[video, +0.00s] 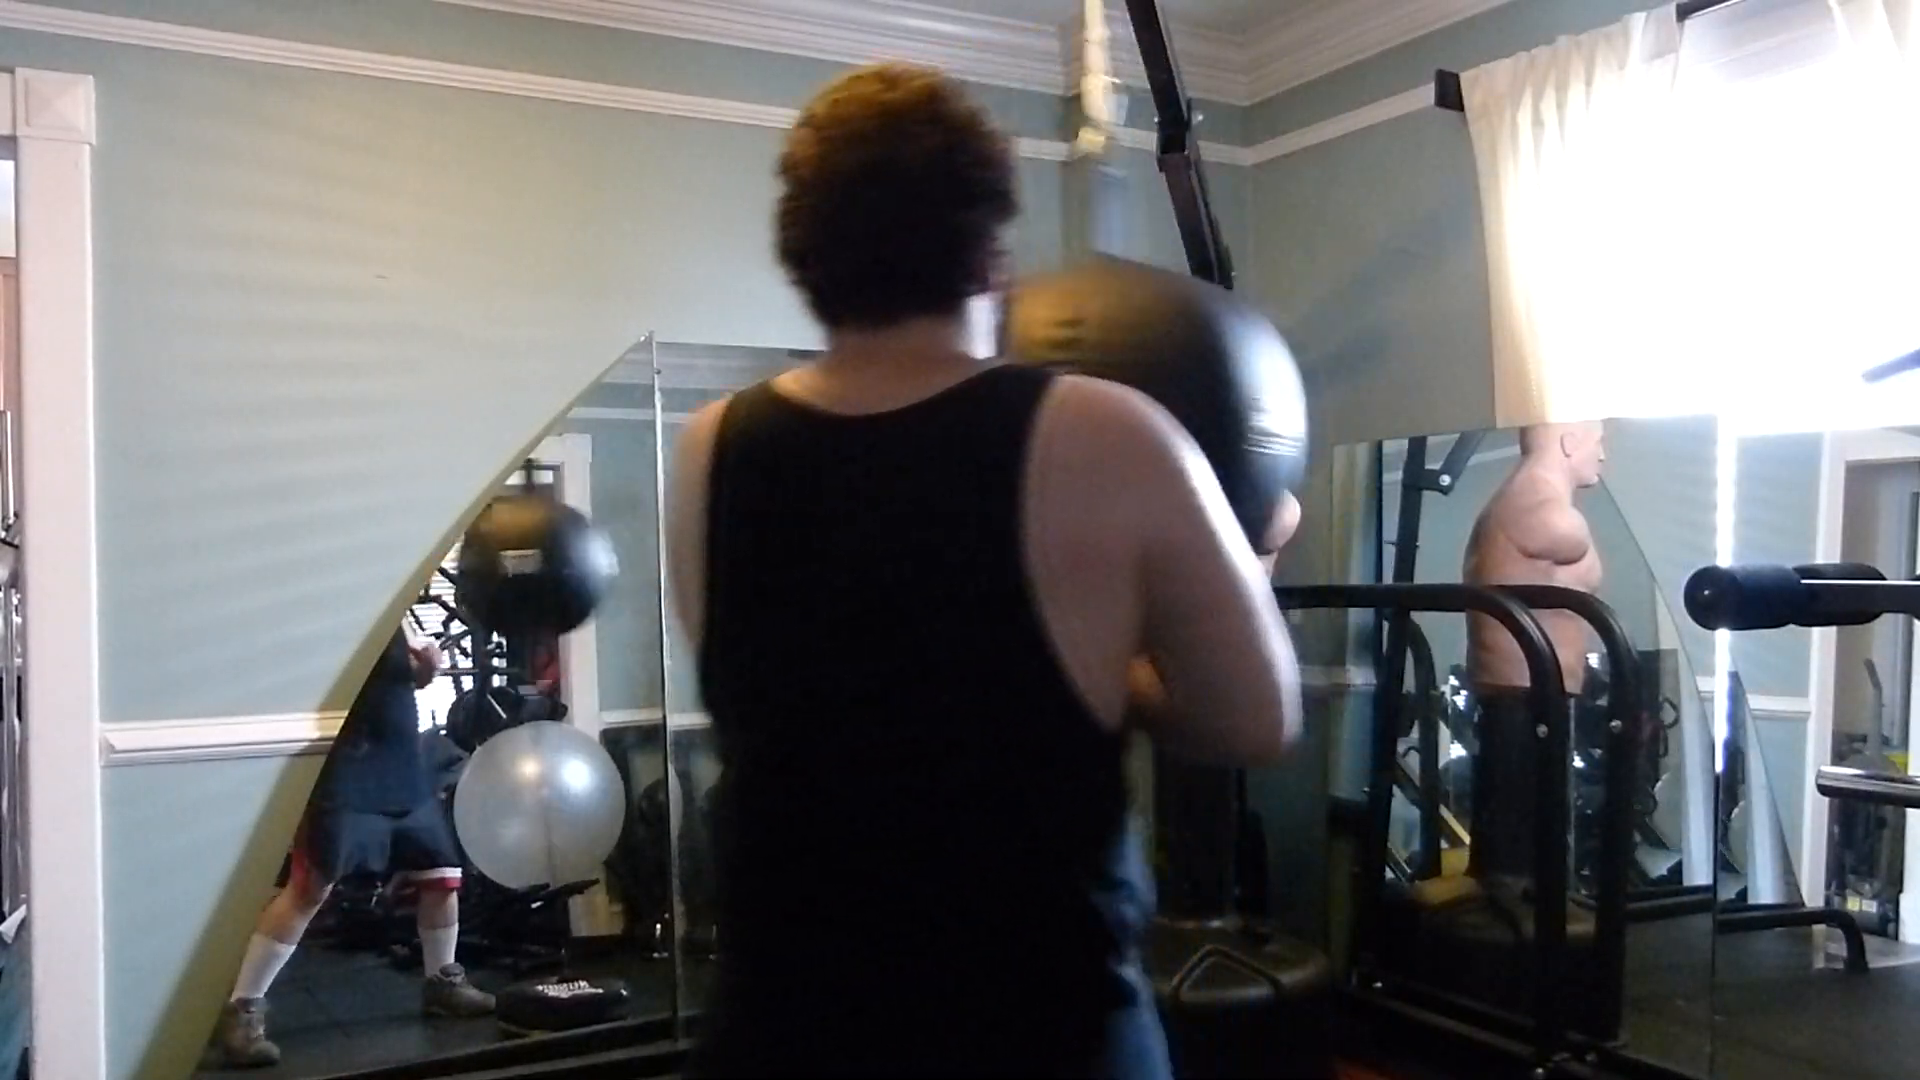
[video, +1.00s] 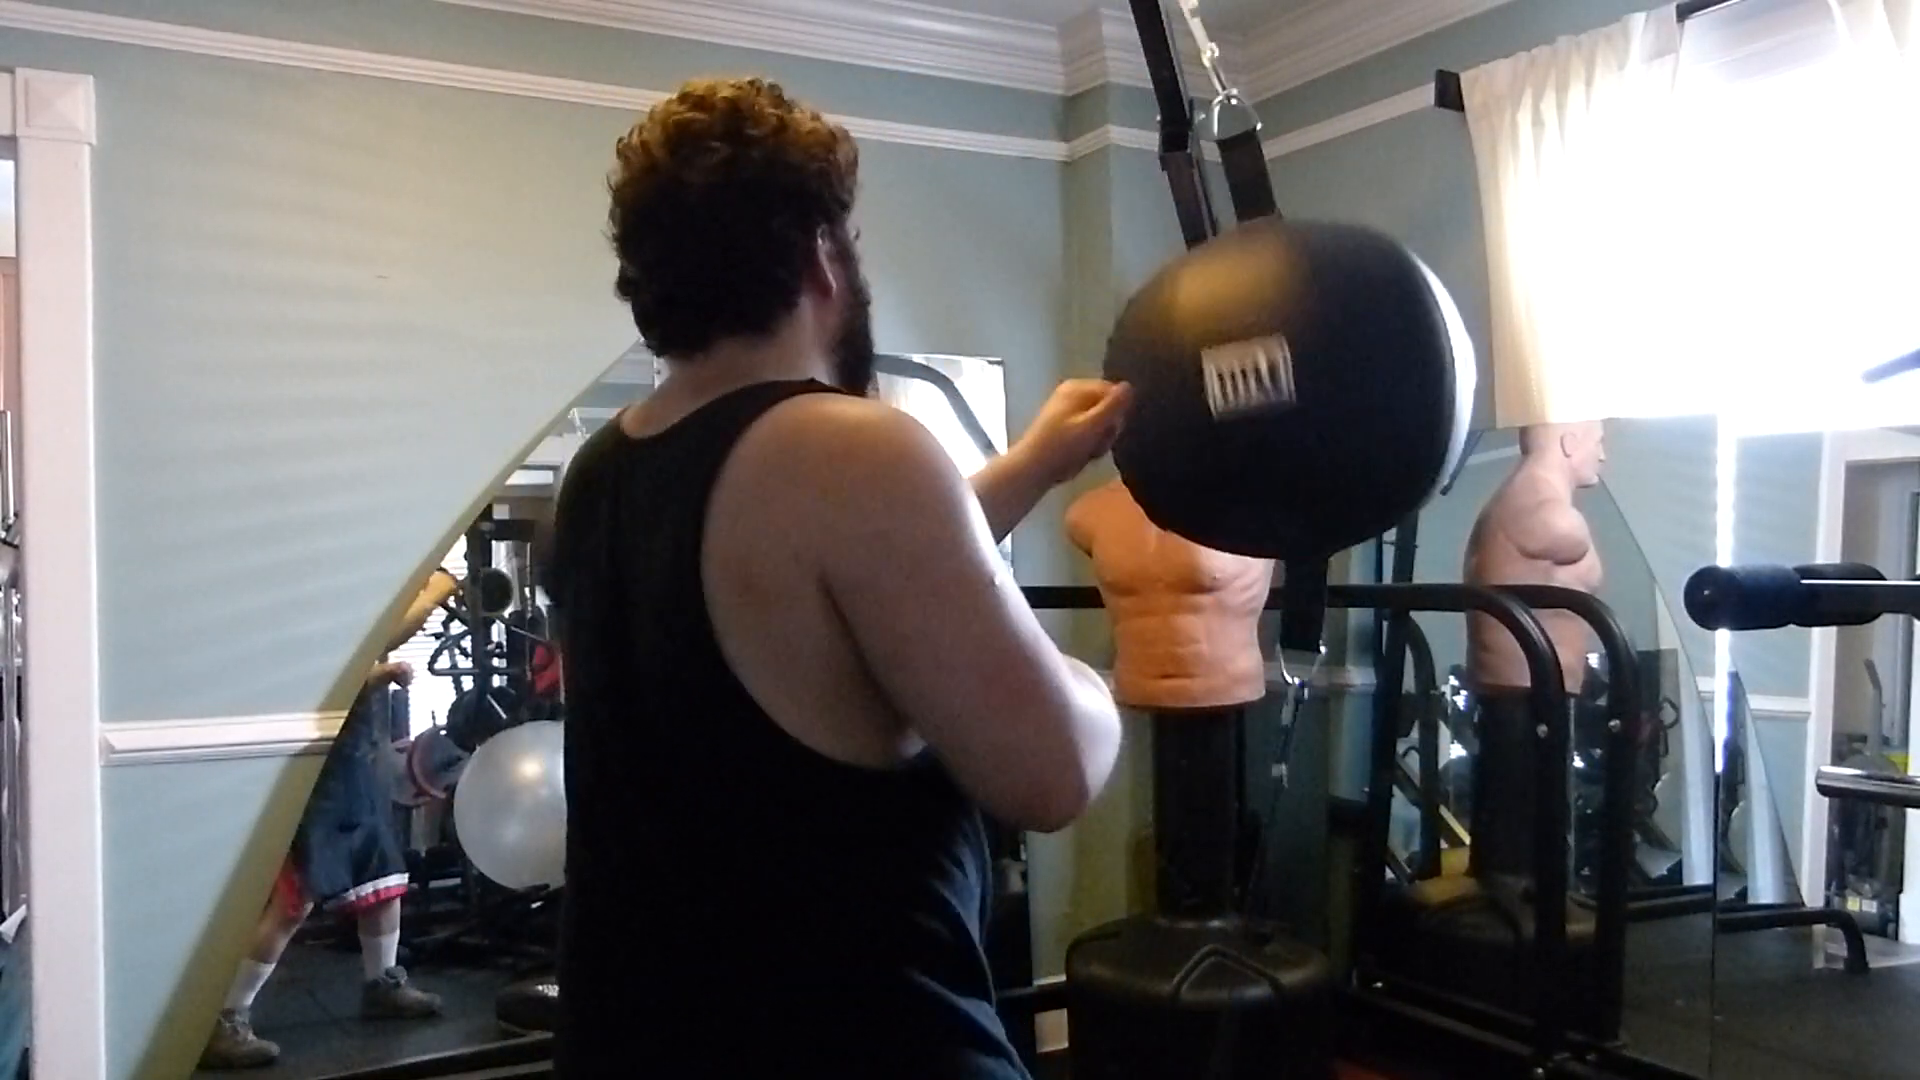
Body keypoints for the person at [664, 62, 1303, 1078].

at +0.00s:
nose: (1010, 253)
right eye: (1003, 226)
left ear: (797, 249)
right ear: (989, 248)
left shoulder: (711, 451)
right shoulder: (1113, 441)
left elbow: (719, 664)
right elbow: (1257, 722)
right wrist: (1095, 658)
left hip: (787, 998)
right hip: (1044, 1005)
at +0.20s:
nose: (797, 290)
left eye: (792, 265)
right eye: (789, 266)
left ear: (585, 304)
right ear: (758, 280)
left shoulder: (505, 517)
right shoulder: (890, 448)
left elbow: (556, 761)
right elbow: (1054, 733)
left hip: (624, 1025)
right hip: (882, 1021)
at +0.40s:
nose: (725, 290)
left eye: (727, 265)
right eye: (720, 264)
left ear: (515, 293)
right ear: (673, 268)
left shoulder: (441, 496)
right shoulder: (789, 410)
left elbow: (493, 743)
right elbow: (998, 677)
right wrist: (881, 483)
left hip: (570, 1007)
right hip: (824, 1000)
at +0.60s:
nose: (761, 270)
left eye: (751, 242)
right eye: (750, 242)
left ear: (555, 294)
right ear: (720, 260)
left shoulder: (483, 494)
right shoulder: (871, 391)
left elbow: (516, 691)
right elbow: (1115, 500)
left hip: (607, 1019)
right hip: (876, 1009)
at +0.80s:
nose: (831, 275)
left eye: (826, 245)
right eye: (823, 246)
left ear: (622, 278)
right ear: (795, 262)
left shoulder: (549, 479)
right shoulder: (919, 431)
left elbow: (577, 716)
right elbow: (1118, 694)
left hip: (635, 1010)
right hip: (897, 1008)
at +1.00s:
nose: (857, 271)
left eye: (854, 244)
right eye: (853, 244)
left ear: (647, 276)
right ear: (822, 259)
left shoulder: (599, 474)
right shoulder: (861, 455)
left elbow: (815, 604)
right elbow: (1052, 777)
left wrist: (1036, 461)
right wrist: (1080, 679)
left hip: (637, 1020)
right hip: (875, 1029)